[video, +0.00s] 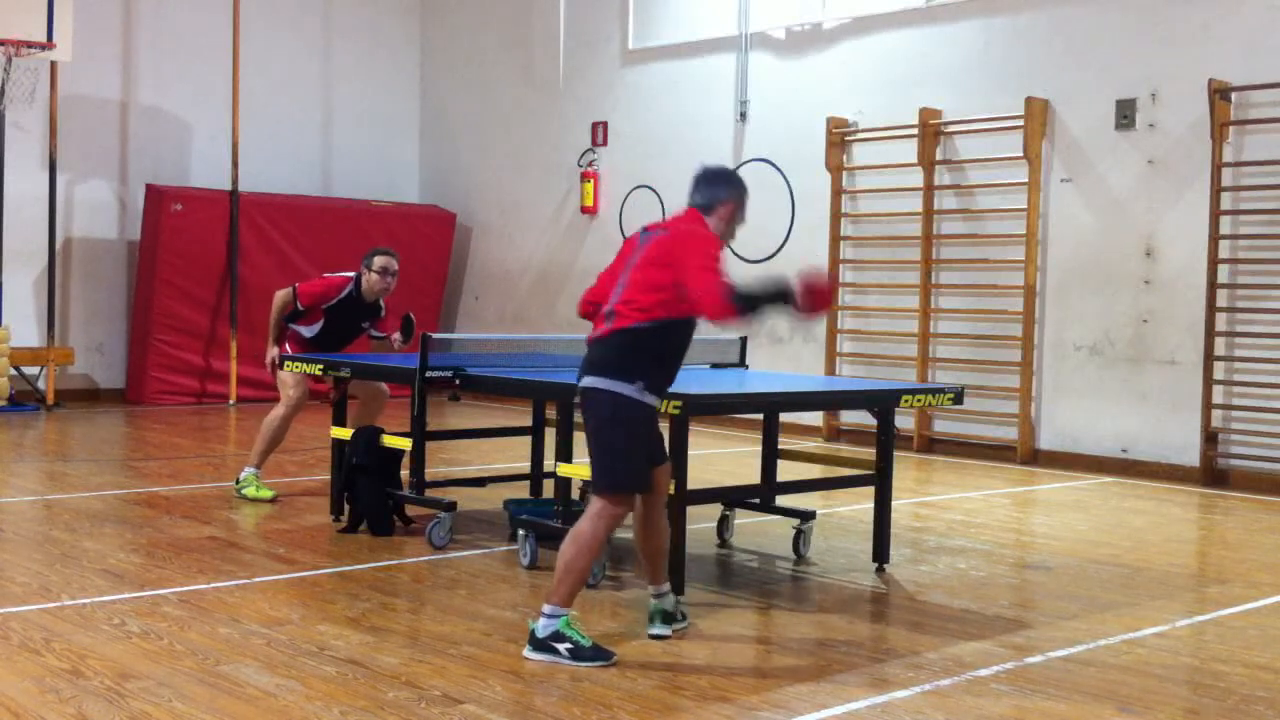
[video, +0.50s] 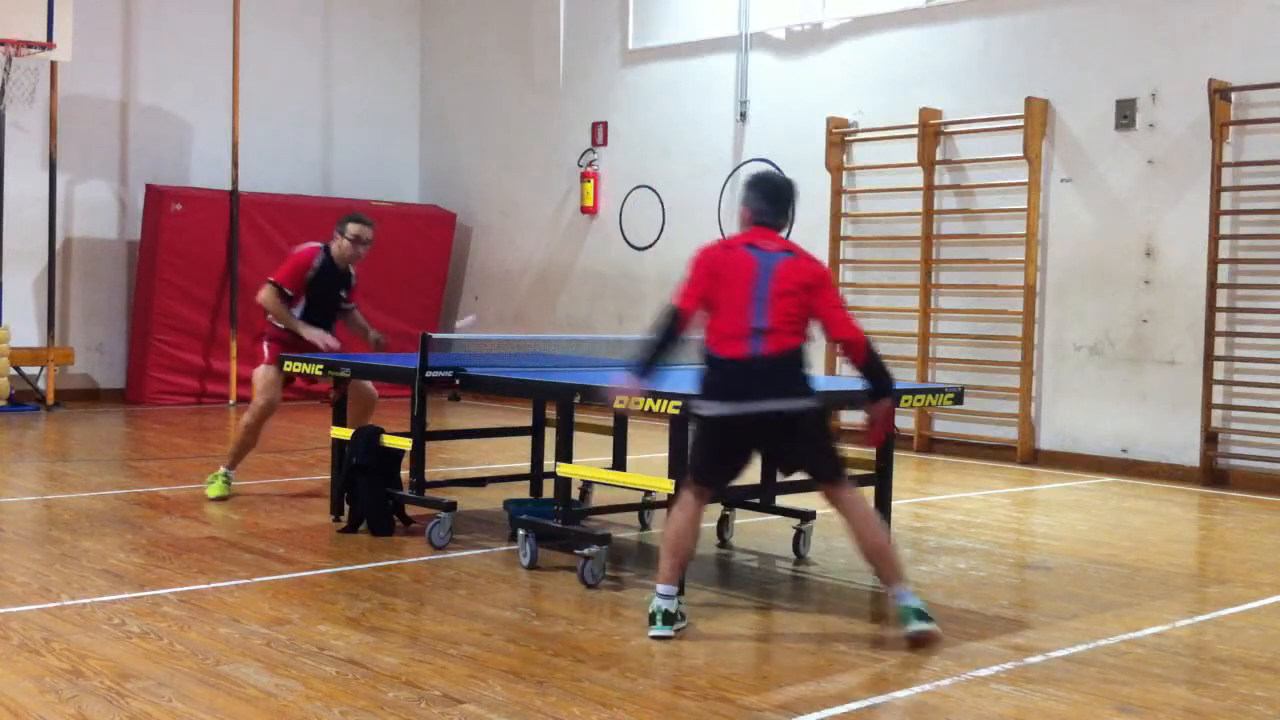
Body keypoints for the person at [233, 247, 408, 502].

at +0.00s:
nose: (389, 281)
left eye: (394, 275)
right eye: (384, 273)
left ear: (396, 279)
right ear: (365, 272)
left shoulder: (378, 306)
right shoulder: (336, 286)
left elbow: (376, 351)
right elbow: (282, 297)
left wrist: (392, 344)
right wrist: (272, 343)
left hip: (330, 355)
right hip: (294, 347)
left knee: (377, 394)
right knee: (295, 397)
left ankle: (353, 465)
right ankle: (249, 475)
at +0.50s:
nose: (360, 250)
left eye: (366, 244)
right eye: (356, 241)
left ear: (369, 247)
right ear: (338, 237)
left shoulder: (349, 274)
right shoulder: (309, 256)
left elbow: (346, 309)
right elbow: (267, 296)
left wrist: (369, 334)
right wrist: (305, 330)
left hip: (320, 348)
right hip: (280, 343)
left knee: (366, 397)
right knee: (266, 401)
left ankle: (347, 467)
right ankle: (225, 472)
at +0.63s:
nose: (348, 247)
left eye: (353, 240)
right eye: (343, 239)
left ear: (356, 239)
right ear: (324, 232)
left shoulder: (345, 266)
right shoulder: (296, 251)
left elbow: (366, 303)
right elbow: (250, 283)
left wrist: (368, 318)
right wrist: (279, 304)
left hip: (322, 337)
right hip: (279, 335)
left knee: (370, 385)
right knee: (257, 400)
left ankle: (348, 459)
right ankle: (223, 472)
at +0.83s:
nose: (345, 259)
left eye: (351, 253)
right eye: (340, 253)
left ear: (361, 248)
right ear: (328, 244)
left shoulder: (367, 270)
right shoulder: (308, 254)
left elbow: (395, 314)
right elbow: (262, 259)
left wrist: (360, 313)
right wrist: (244, 262)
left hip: (343, 340)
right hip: (295, 335)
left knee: (387, 397)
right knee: (259, 396)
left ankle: (390, 477)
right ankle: (224, 472)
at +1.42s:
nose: (332, 232)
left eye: (336, 226)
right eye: (326, 225)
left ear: (340, 228)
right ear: (306, 225)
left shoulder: (337, 262)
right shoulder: (281, 247)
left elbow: (361, 294)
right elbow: (225, 273)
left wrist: (377, 308)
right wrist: (255, 281)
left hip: (312, 338)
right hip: (267, 336)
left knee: (359, 390)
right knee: (241, 404)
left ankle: (376, 462)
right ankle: (216, 463)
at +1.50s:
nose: (331, 221)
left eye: (335, 215)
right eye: (324, 214)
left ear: (338, 217)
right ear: (305, 214)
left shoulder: (329, 252)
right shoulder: (279, 238)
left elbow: (341, 287)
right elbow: (228, 266)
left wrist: (368, 308)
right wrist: (266, 274)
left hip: (307, 331)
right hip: (263, 330)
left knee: (354, 387)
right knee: (238, 405)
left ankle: (333, 462)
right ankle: (208, 452)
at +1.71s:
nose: (329, 228)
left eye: (333, 222)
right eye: (323, 220)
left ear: (335, 224)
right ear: (302, 218)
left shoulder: (314, 257)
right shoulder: (275, 242)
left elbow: (306, 305)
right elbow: (235, 286)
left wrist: (334, 336)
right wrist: (277, 312)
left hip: (287, 339)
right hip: (251, 332)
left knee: (333, 391)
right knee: (230, 402)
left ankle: (320, 472)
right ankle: (172, 478)